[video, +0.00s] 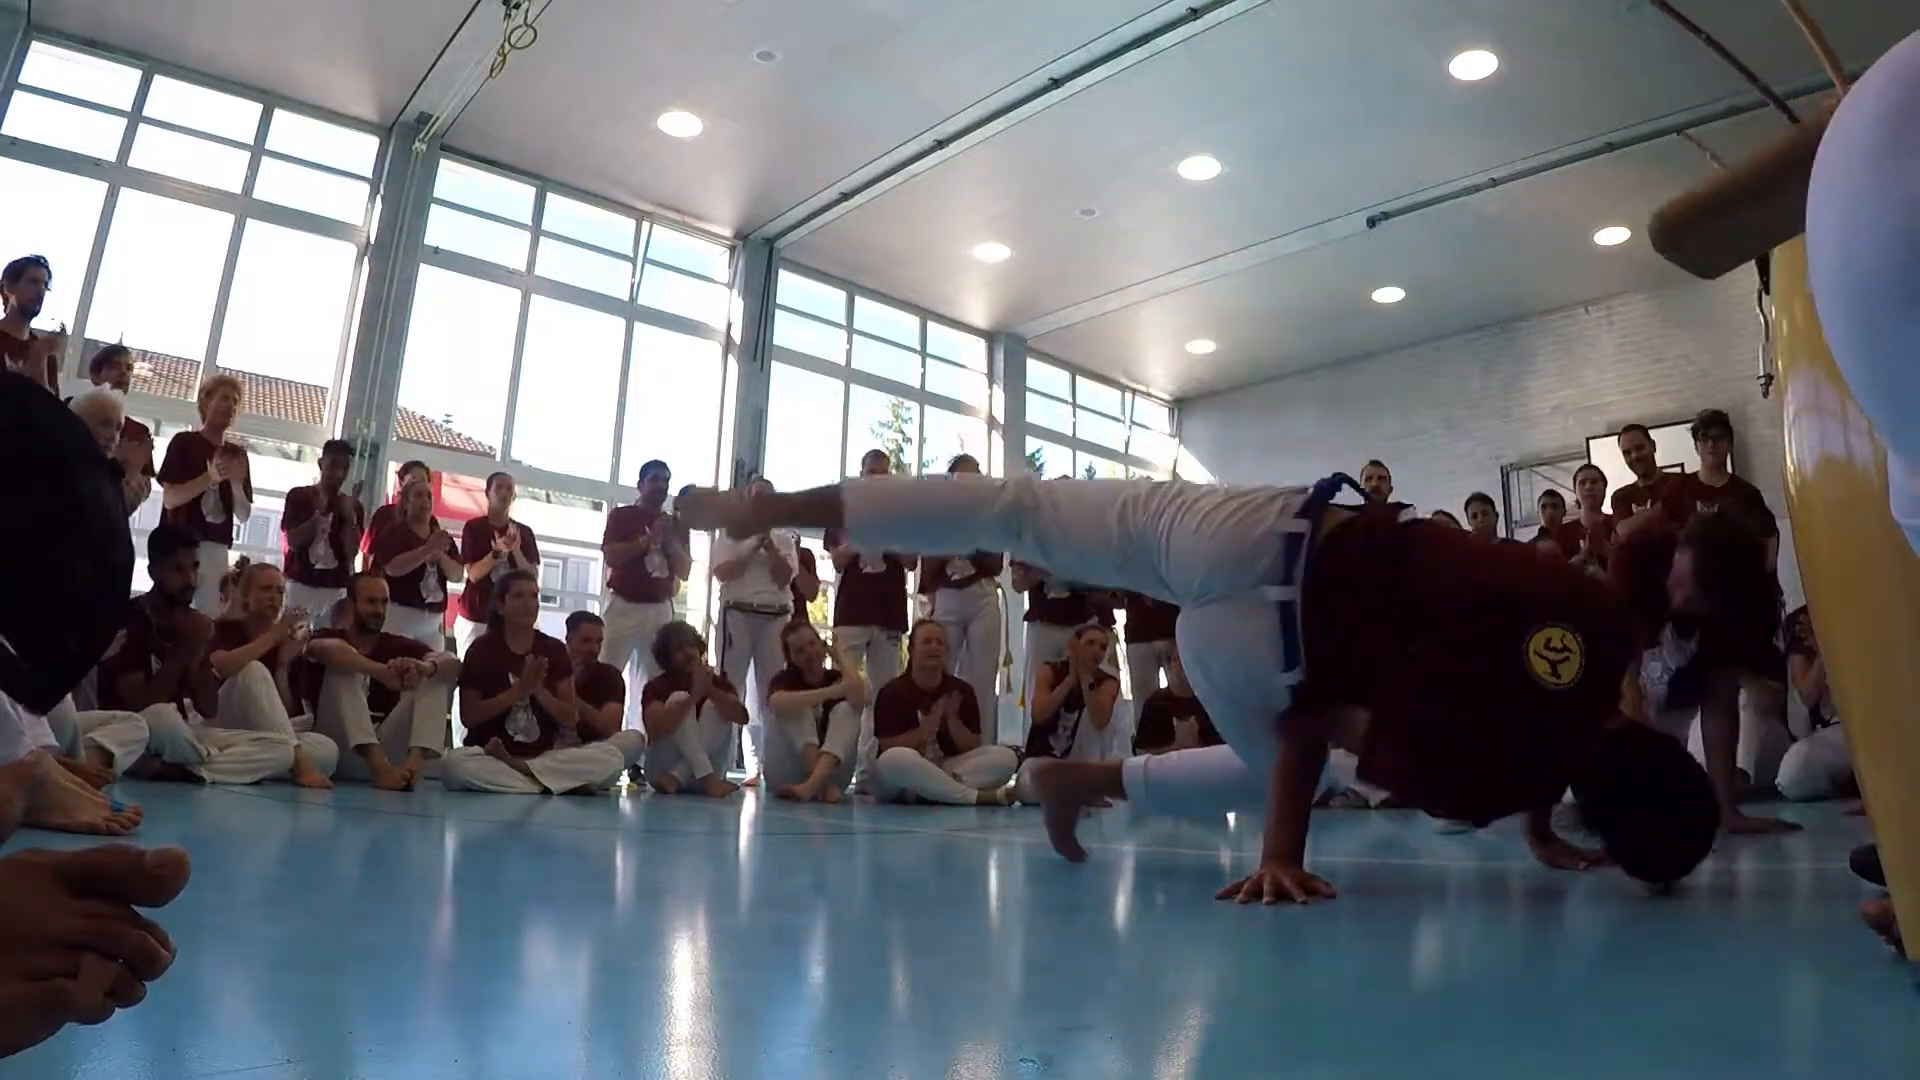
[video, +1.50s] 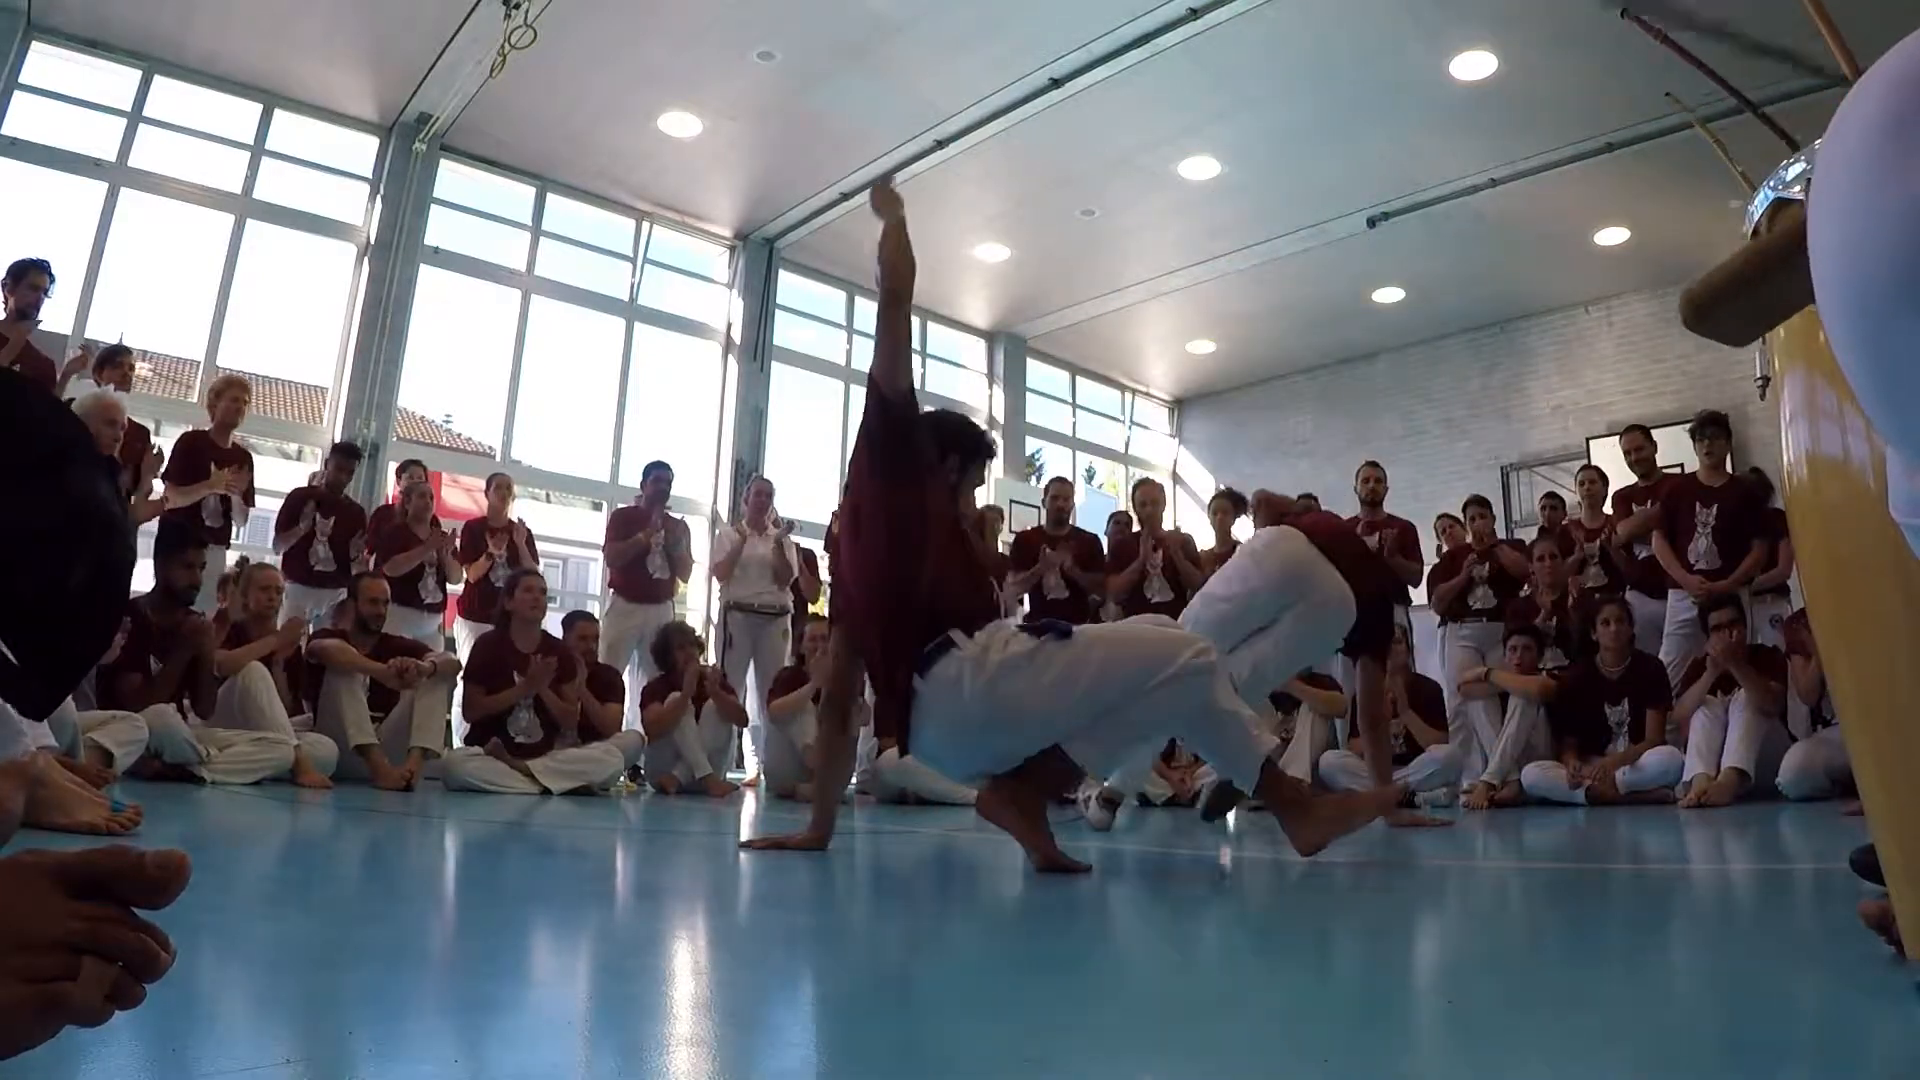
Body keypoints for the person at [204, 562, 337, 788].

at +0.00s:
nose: (274, 597)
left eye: (279, 591)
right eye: (265, 589)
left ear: (284, 597)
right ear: (245, 594)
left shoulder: (285, 641)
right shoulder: (224, 628)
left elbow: (290, 712)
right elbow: (220, 666)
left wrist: (283, 665)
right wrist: (273, 637)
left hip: (271, 733)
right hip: (223, 725)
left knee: (327, 751)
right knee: (253, 671)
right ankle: (299, 762)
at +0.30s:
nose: (274, 597)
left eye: (279, 591)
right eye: (266, 589)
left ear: (284, 598)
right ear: (246, 595)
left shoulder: (285, 642)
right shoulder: (226, 629)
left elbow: (288, 712)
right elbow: (221, 666)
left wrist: (284, 663)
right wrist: (279, 637)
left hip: (270, 733)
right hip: (223, 727)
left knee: (326, 751)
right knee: (253, 671)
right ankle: (298, 762)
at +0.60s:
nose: (274, 597)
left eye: (279, 591)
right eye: (265, 589)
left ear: (284, 597)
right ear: (245, 595)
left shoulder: (290, 645)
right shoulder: (224, 630)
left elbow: (291, 710)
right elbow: (220, 666)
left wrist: (279, 662)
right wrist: (278, 637)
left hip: (273, 733)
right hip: (224, 726)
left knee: (326, 752)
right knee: (254, 671)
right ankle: (299, 762)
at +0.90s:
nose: (273, 597)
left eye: (278, 591)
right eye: (264, 589)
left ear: (283, 597)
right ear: (244, 593)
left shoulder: (290, 646)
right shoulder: (225, 630)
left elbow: (291, 707)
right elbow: (221, 666)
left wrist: (277, 663)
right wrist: (276, 638)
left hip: (271, 732)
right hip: (224, 724)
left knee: (327, 752)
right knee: (254, 672)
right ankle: (299, 763)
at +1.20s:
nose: (273, 597)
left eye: (278, 591)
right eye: (264, 589)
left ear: (283, 596)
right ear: (245, 593)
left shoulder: (290, 646)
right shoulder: (224, 630)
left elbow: (292, 708)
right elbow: (221, 665)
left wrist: (277, 667)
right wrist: (279, 637)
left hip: (271, 733)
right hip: (223, 724)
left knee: (326, 751)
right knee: (253, 672)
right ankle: (299, 763)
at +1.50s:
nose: (273, 597)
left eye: (278, 591)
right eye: (264, 590)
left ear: (283, 596)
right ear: (245, 594)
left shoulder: (288, 643)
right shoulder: (229, 629)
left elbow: (292, 712)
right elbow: (220, 666)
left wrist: (278, 664)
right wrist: (279, 639)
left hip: (271, 732)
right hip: (223, 725)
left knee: (326, 752)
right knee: (253, 672)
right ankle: (299, 763)